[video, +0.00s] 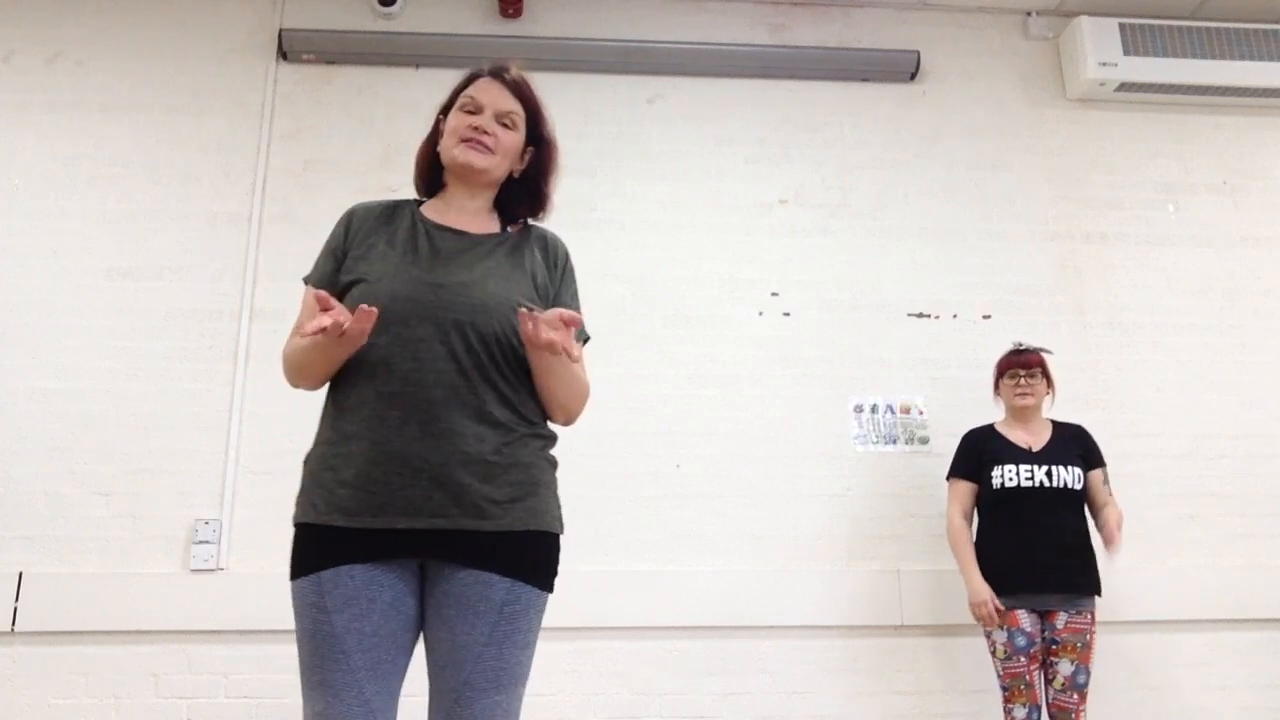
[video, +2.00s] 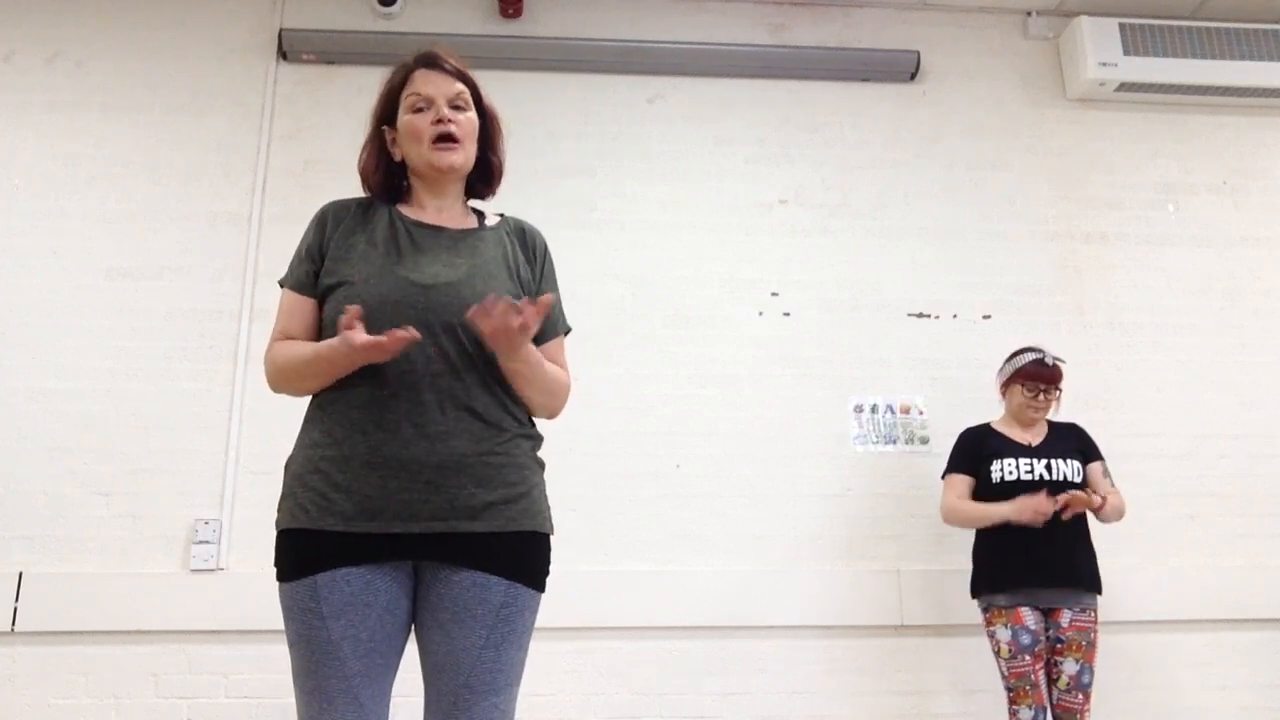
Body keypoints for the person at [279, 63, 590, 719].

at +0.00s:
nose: (483, 124)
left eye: (506, 121)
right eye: (469, 109)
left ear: (523, 156)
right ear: (440, 129)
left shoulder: (543, 254)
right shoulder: (364, 226)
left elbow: (567, 408)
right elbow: (299, 370)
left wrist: (549, 352)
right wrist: (331, 344)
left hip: (499, 524)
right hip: (352, 516)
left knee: (478, 714)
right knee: (344, 712)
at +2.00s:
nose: (444, 116)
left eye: (459, 106)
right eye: (422, 107)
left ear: (482, 135)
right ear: (392, 139)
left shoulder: (522, 245)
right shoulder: (338, 226)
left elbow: (552, 400)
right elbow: (280, 367)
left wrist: (514, 354)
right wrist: (343, 352)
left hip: (491, 520)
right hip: (339, 515)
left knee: (476, 714)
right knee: (339, 713)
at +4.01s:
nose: (458, 129)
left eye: (478, 119)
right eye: (439, 113)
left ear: (495, 141)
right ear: (406, 128)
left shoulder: (521, 249)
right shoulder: (338, 224)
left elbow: (550, 402)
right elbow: (276, 362)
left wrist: (508, 365)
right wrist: (355, 359)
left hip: (489, 524)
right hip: (339, 517)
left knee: (474, 714)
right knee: (337, 713)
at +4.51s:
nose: (446, 128)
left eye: (464, 117)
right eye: (427, 113)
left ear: (484, 138)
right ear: (395, 131)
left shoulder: (515, 248)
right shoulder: (332, 229)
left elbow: (550, 398)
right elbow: (271, 366)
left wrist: (499, 357)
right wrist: (354, 358)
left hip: (488, 520)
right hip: (334, 515)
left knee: (473, 713)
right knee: (337, 712)